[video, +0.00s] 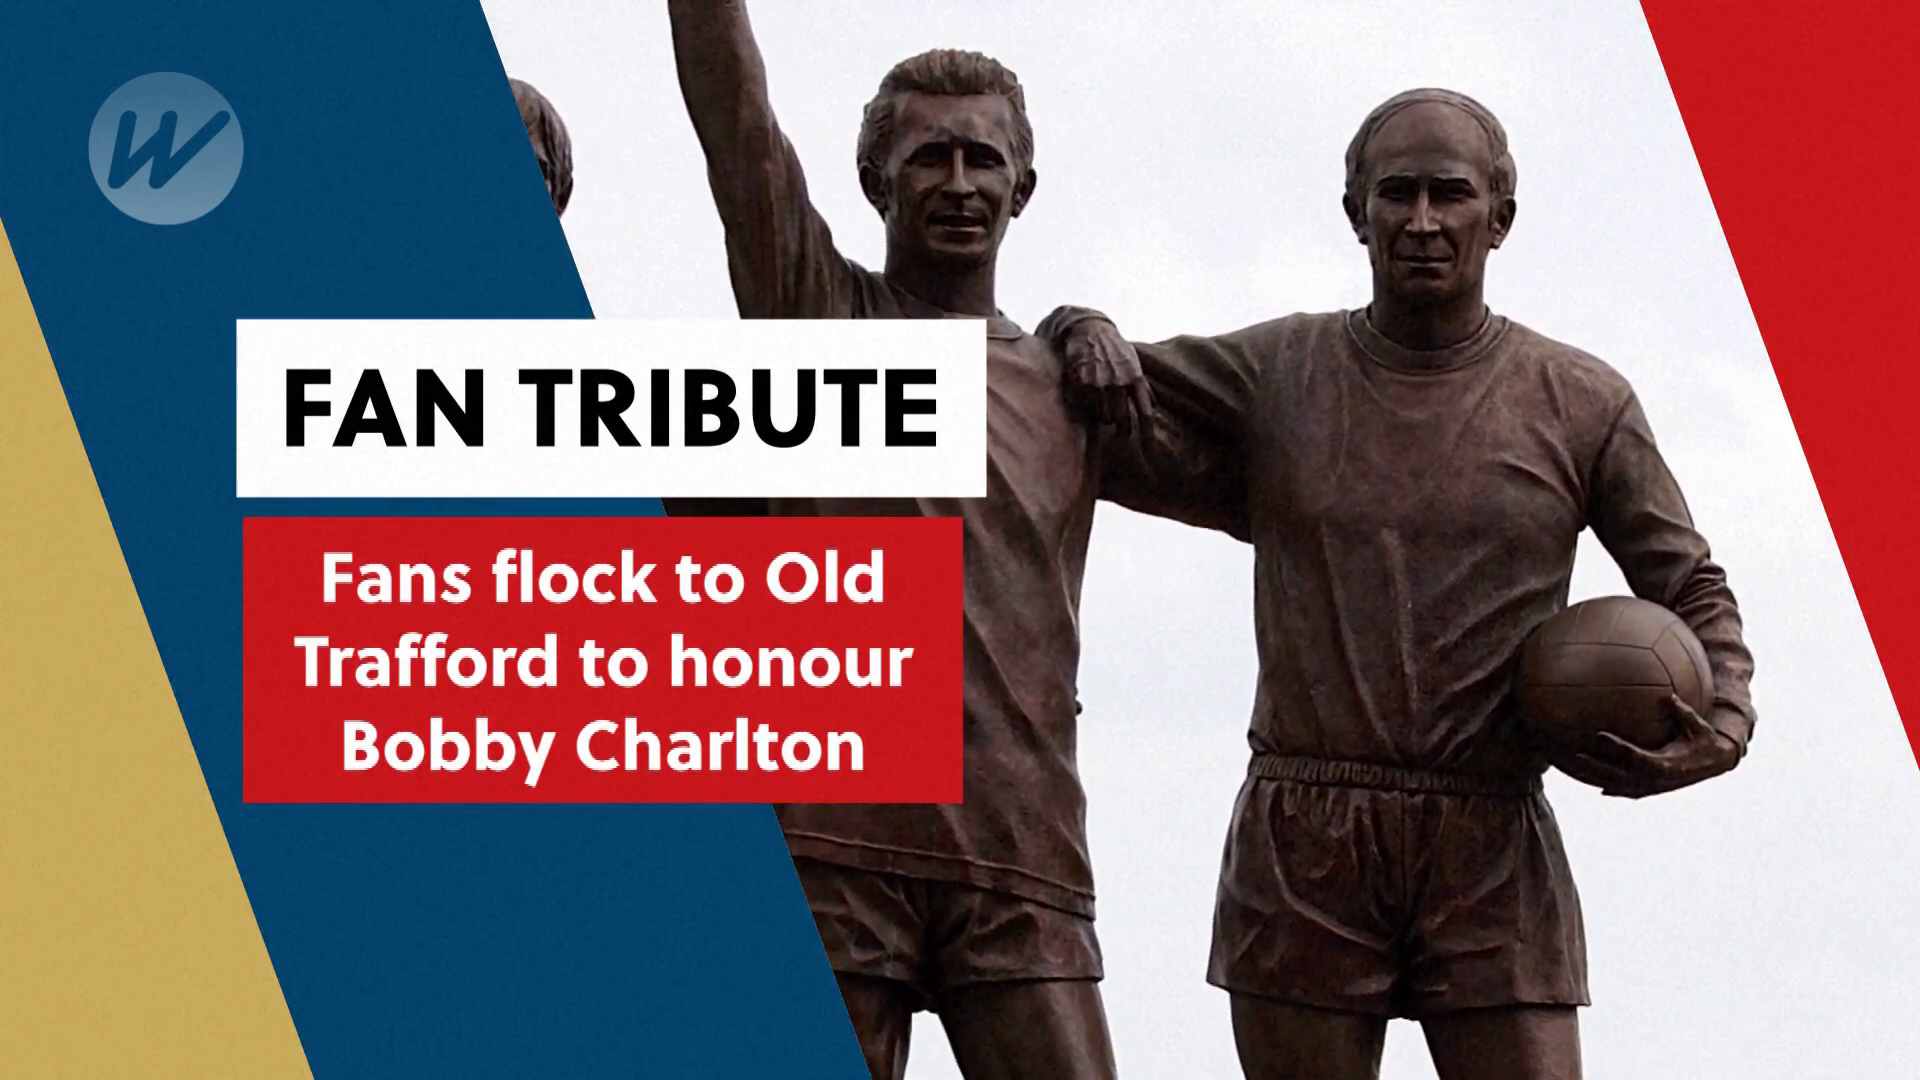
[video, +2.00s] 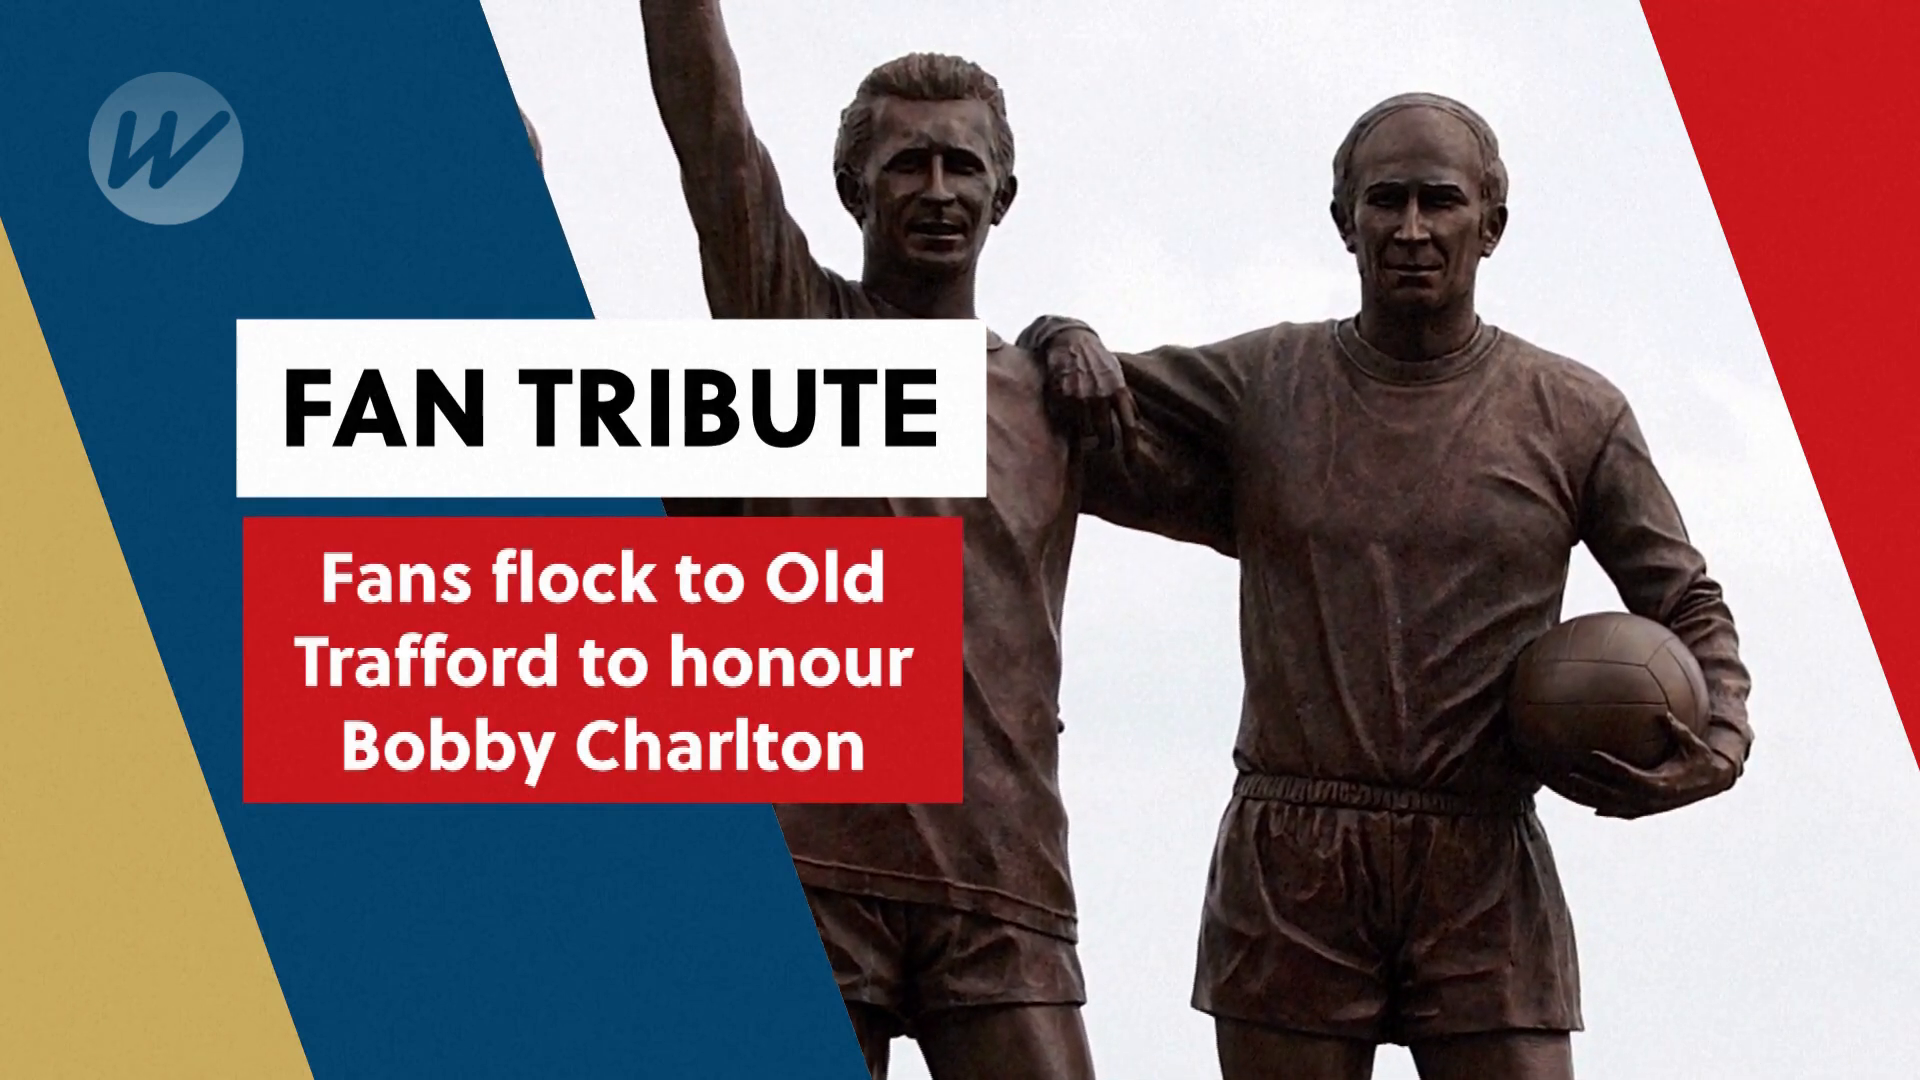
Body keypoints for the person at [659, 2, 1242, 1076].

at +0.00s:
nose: (959, 180)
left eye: (983, 157)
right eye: (928, 157)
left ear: (1020, 184)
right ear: (876, 181)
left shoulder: (1071, 390)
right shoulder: (815, 317)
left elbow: (1279, 487)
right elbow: (735, 125)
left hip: (1021, 863)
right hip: (828, 857)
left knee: (1074, 1068)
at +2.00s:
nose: (938, 188)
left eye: (963, 164)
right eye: (906, 163)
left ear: (1002, 195)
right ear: (854, 191)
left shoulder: (1053, 398)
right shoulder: (788, 327)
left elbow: (1261, 501)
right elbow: (710, 135)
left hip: (1003, 882)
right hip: (809, 880)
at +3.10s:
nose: (928, 192)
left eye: (953, 168)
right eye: (897, 167)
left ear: (992, 198)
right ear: (841, 194)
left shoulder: (1044, 407)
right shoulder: (776, 336)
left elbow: (1255, 508)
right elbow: (694, 134)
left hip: (993, 897)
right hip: (799, 888)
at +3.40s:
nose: (924, 193)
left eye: (950, 169)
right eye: (893, 168)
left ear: (988, 201)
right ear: (839, 196)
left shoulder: (1042, 407)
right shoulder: (771, 336)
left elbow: (1250, 507)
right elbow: (691, 132)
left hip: (991, 901)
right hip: (797, 893)